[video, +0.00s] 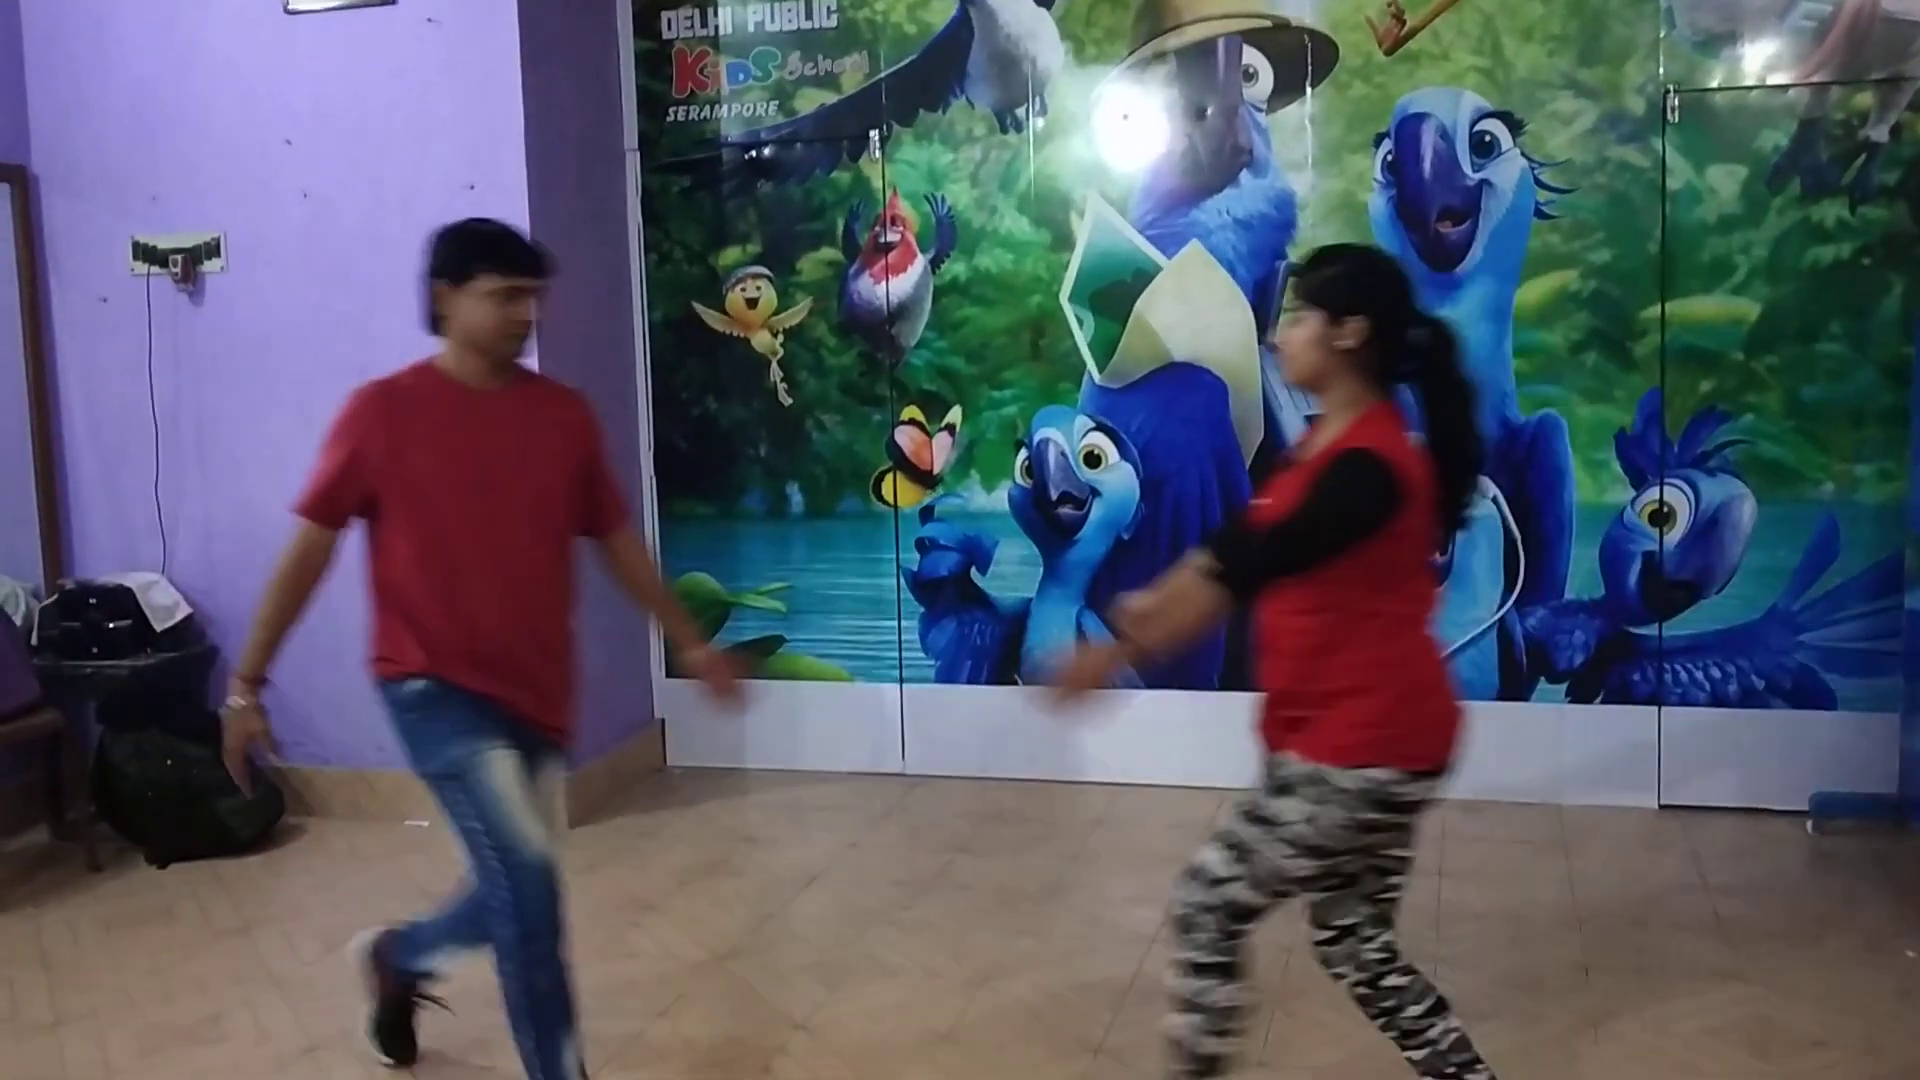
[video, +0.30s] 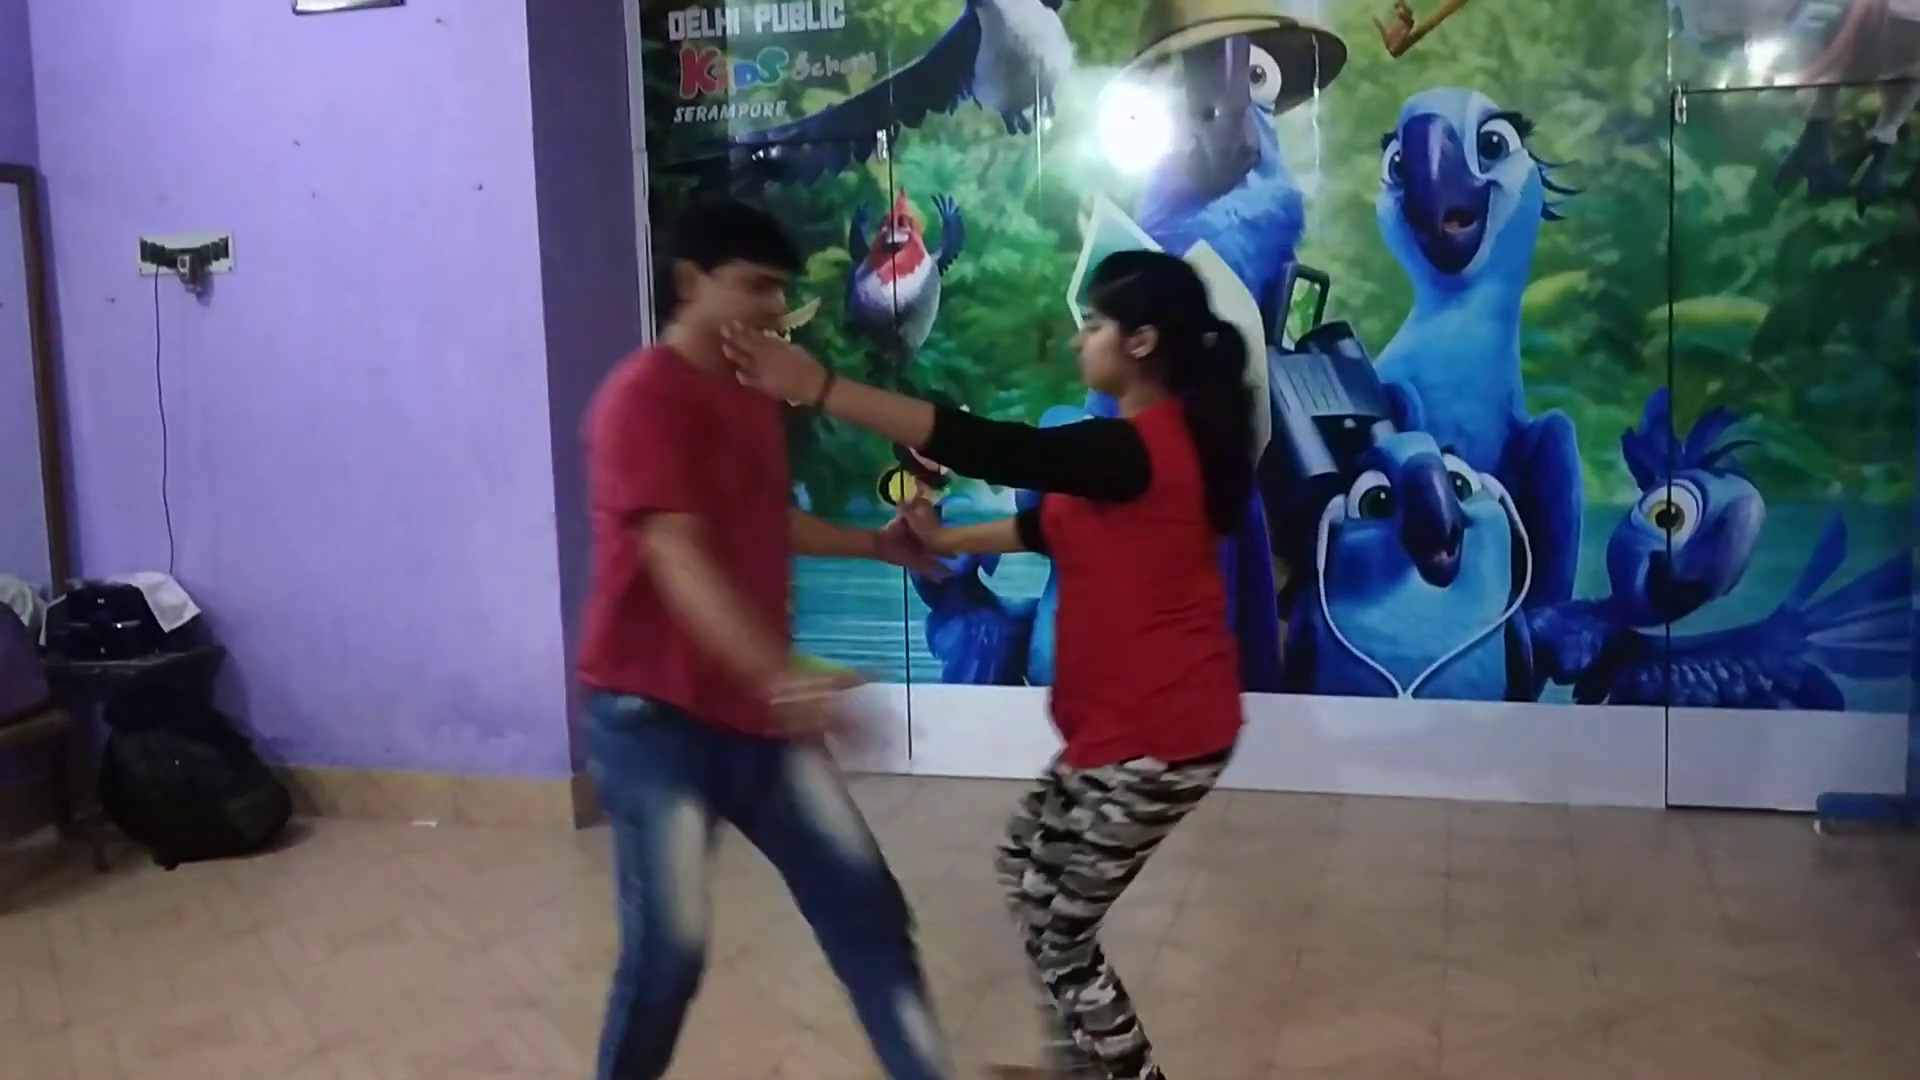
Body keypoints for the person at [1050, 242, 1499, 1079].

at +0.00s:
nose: (1278, 336)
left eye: (1294, 318)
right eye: (1283, 318)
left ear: (1348, 333)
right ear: (1342, 336)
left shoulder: (1374, 464)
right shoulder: (1323, 447)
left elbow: (1242, 566)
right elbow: (1231, 556)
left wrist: (1115, 649)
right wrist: (1145, 619)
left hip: (1368, 745)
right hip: (1330, 737)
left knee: (1208, 905)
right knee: (1356, 943)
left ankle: (1196, 1065)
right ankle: (1463, 1071)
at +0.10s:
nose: (1211, 332)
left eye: (1229, 317)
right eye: (1220, 314)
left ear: (1274, 336)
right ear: (1276, 338)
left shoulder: (1276, 457)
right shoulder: (1293, 444)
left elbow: (1138, 533)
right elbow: (1143, 536)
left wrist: (987, 566)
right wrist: (999, 565)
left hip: (1266, 746)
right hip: (1314, 736)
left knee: (1131, 901)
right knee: (1280, 931)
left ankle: (1151, 1068)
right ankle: (1449, 1068)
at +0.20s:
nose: (1137, 334)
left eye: (1154, 318)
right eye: (1143, 316)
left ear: (1202, 340)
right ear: (1205, 343)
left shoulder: (1194, 454)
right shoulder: (1214, 446)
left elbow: (1036, 477)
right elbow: (1102, 528)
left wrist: (873, 464)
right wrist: (999, 552)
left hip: (1206, 736)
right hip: (1229, 729)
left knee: (1087, 911)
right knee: (1143, 899)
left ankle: (1140, 1072)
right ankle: (1288, 1051)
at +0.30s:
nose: (1079, 338)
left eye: (1094, 323)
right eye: (1085, 321)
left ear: (1142, 341)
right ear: (1142, 342)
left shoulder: (1150, 444)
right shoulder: (1136, 445)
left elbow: (973, 444)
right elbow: (1048, 526)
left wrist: (821, 388)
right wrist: (940, 538)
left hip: (1162, 733)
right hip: (1126, 722)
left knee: (1057, 918)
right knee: (1028, 860)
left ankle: (1122, 1069)